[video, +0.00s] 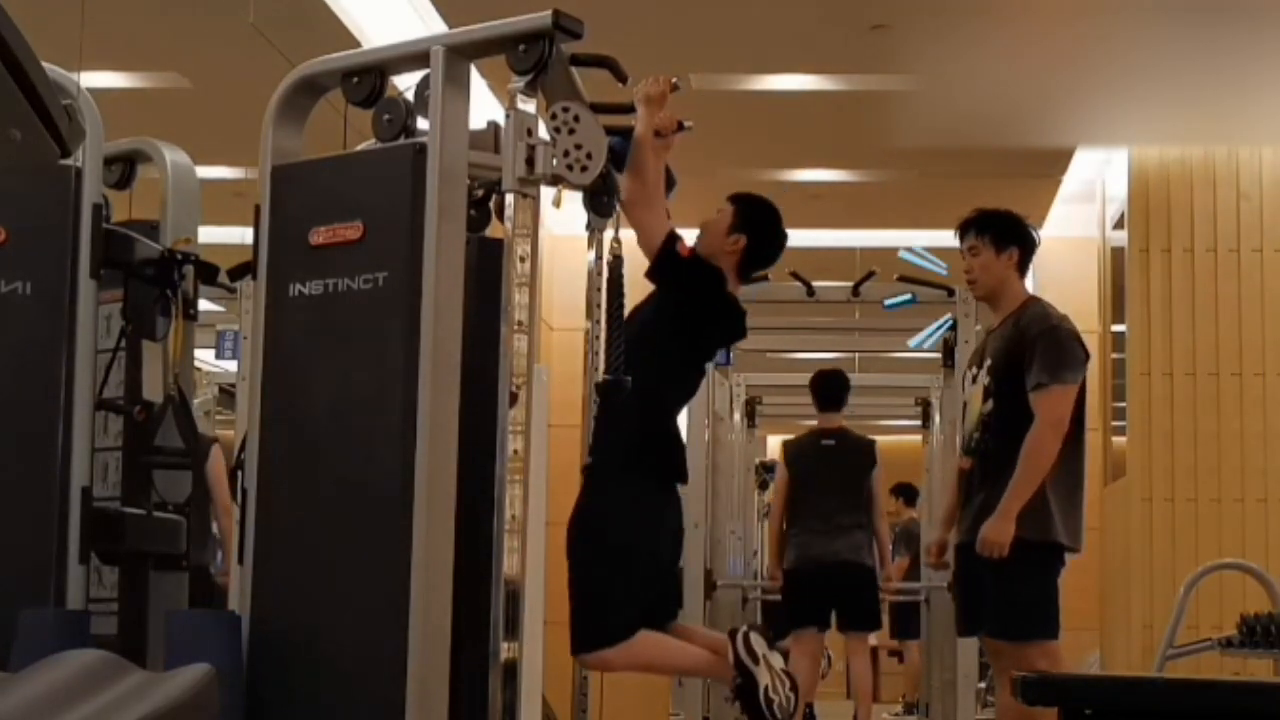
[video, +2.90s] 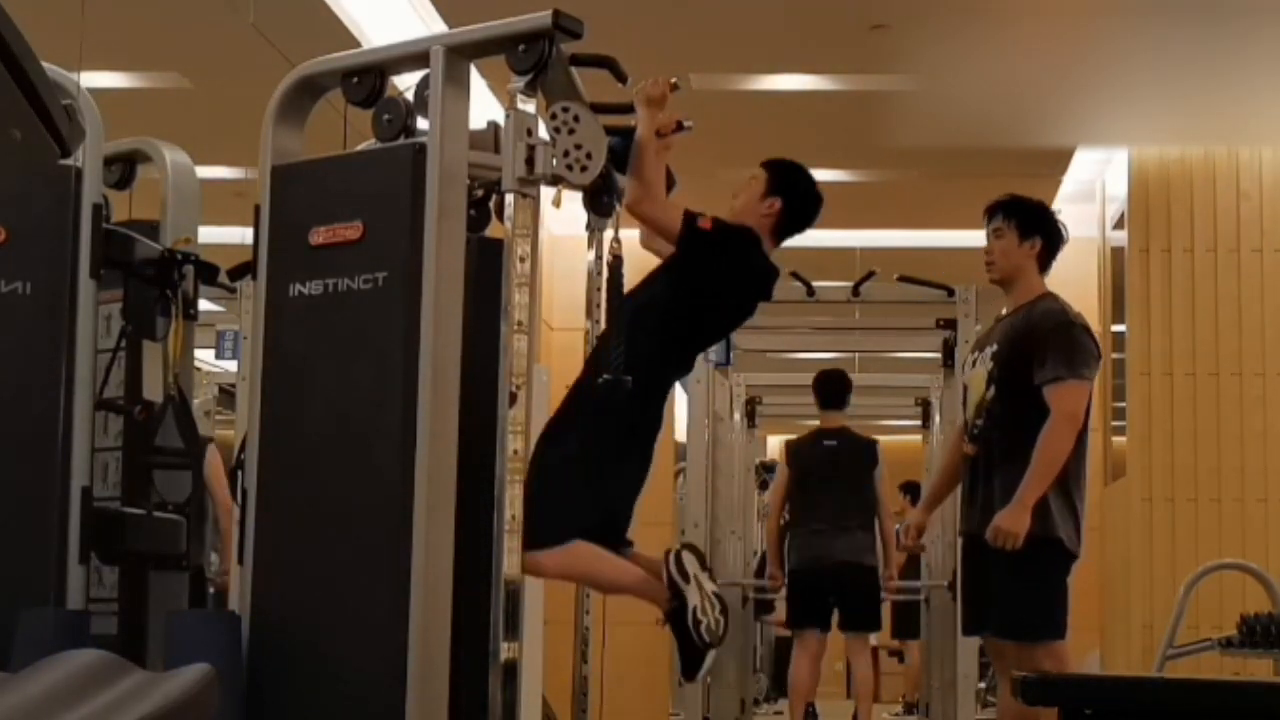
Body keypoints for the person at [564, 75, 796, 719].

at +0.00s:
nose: (708, 216)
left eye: (720, 213)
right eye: (718, 210)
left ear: (736, 239)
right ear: (741, 246)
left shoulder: (700, 289)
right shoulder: (704, 288)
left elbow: (643, 207)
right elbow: (649, 213)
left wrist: (643, 123)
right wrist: (658, 135)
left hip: (624, 481)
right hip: (645, 480)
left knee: (599, 646)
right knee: (641, 623)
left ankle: (731, 665)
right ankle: (741, 652)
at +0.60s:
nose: (730, 206)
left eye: (743, 201)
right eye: (740, 199)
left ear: (759, 223)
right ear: (769, 235)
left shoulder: (721, 265)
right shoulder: (732, 281)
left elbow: (643, 205)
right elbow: (647, 230)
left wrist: (644, 123)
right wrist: (657, 145)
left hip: (605, 427)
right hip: (628, 431)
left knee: (544, 589)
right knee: (593, 567)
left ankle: (680, 619)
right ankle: (686, 605)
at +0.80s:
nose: (736, 163)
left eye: (747, 154)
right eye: (743, 153)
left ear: (770, 170)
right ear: (782, 182)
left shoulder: (740, 215)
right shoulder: (763, 245)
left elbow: (642, 195)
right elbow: (655, 242)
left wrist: (646, 125)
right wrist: (657, 148)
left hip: (611, 367)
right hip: (640, 378)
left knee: (532, 508)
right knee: (577, 506)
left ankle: (651, 559)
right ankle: (655, 540)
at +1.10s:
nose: (711, 76)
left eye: (721, 67)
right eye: (718, 66)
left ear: (744, 80)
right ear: (758, 87)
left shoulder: (722, 136)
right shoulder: (747, 154)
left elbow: (649, 191)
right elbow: (672, 196)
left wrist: (645, 119)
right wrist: (662, 141)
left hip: (622, 291)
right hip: (649, 305)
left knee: (537, 432)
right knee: (578, 437)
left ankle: (637, 496)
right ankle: (648, 482)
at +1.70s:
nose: (722, 141)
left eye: (732, 133)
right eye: (728, 132)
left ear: (755, 147)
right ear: (765, 156)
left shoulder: (722, 201)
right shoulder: (742, 217)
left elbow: (633, 189)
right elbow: (643, 238)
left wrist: (642, 123)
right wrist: (658, 152)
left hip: (620, 372)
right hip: (648, 376)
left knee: (577, 519)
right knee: (622, 512)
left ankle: (709, 549)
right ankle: (712, 547)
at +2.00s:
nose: (721, 213)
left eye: (733, 209)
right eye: (729, 207)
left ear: (755, 231)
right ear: (759, 237)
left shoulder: (715, 279)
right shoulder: (724, 284)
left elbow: (651, 208)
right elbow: (654, 215)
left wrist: (646, 124)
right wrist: (658, 138)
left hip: (630, 456)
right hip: (652, 457)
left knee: (595, 619)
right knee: (637, 600)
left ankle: (727, 650)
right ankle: (731, 632)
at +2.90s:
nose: (738, 189)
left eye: (749, 184)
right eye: (746, 182)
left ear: (769, 204)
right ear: (775, 215)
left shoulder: (731, 246)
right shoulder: (747, 268)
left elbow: (647, 201)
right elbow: (648, 228)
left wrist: (647, 123)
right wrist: (657, 148)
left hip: (608, 399)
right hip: (633, 408)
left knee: (543, 550)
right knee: (589, 543)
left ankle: (667, 585)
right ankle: (674, 593)